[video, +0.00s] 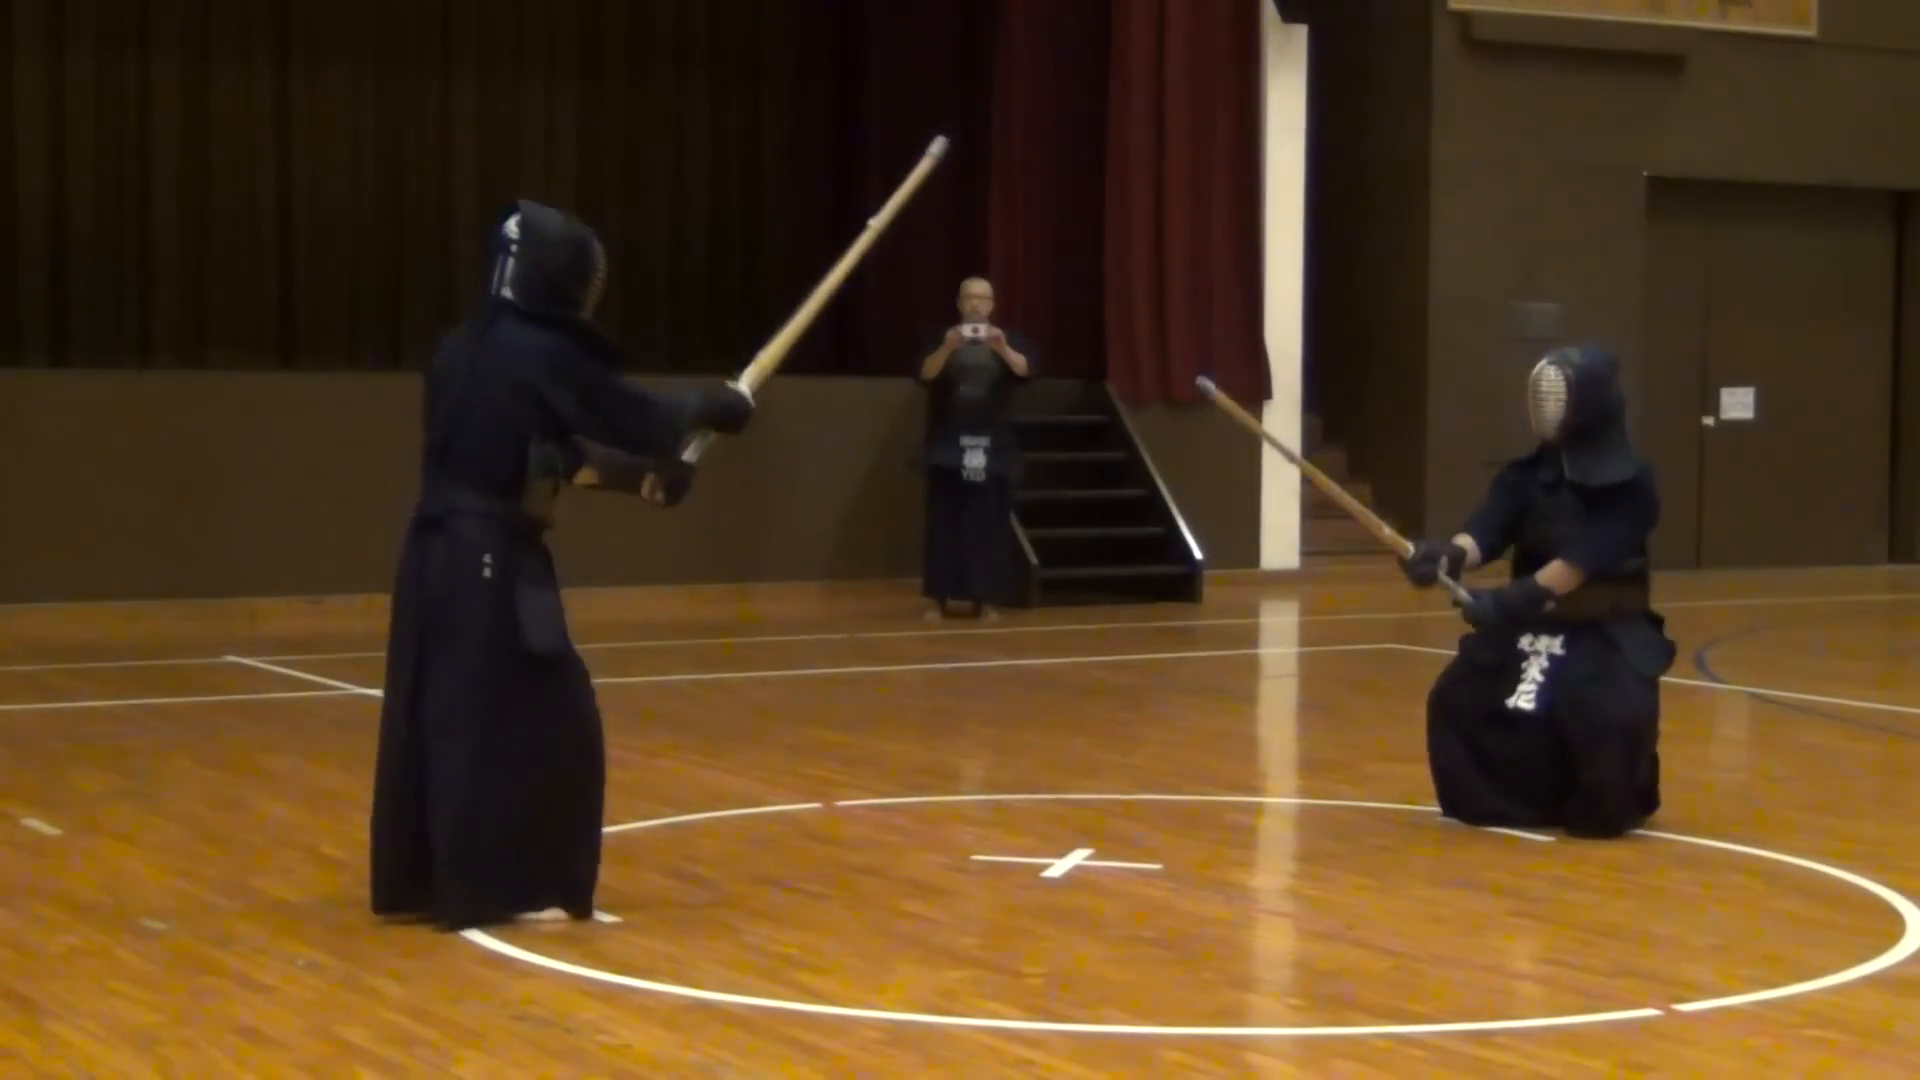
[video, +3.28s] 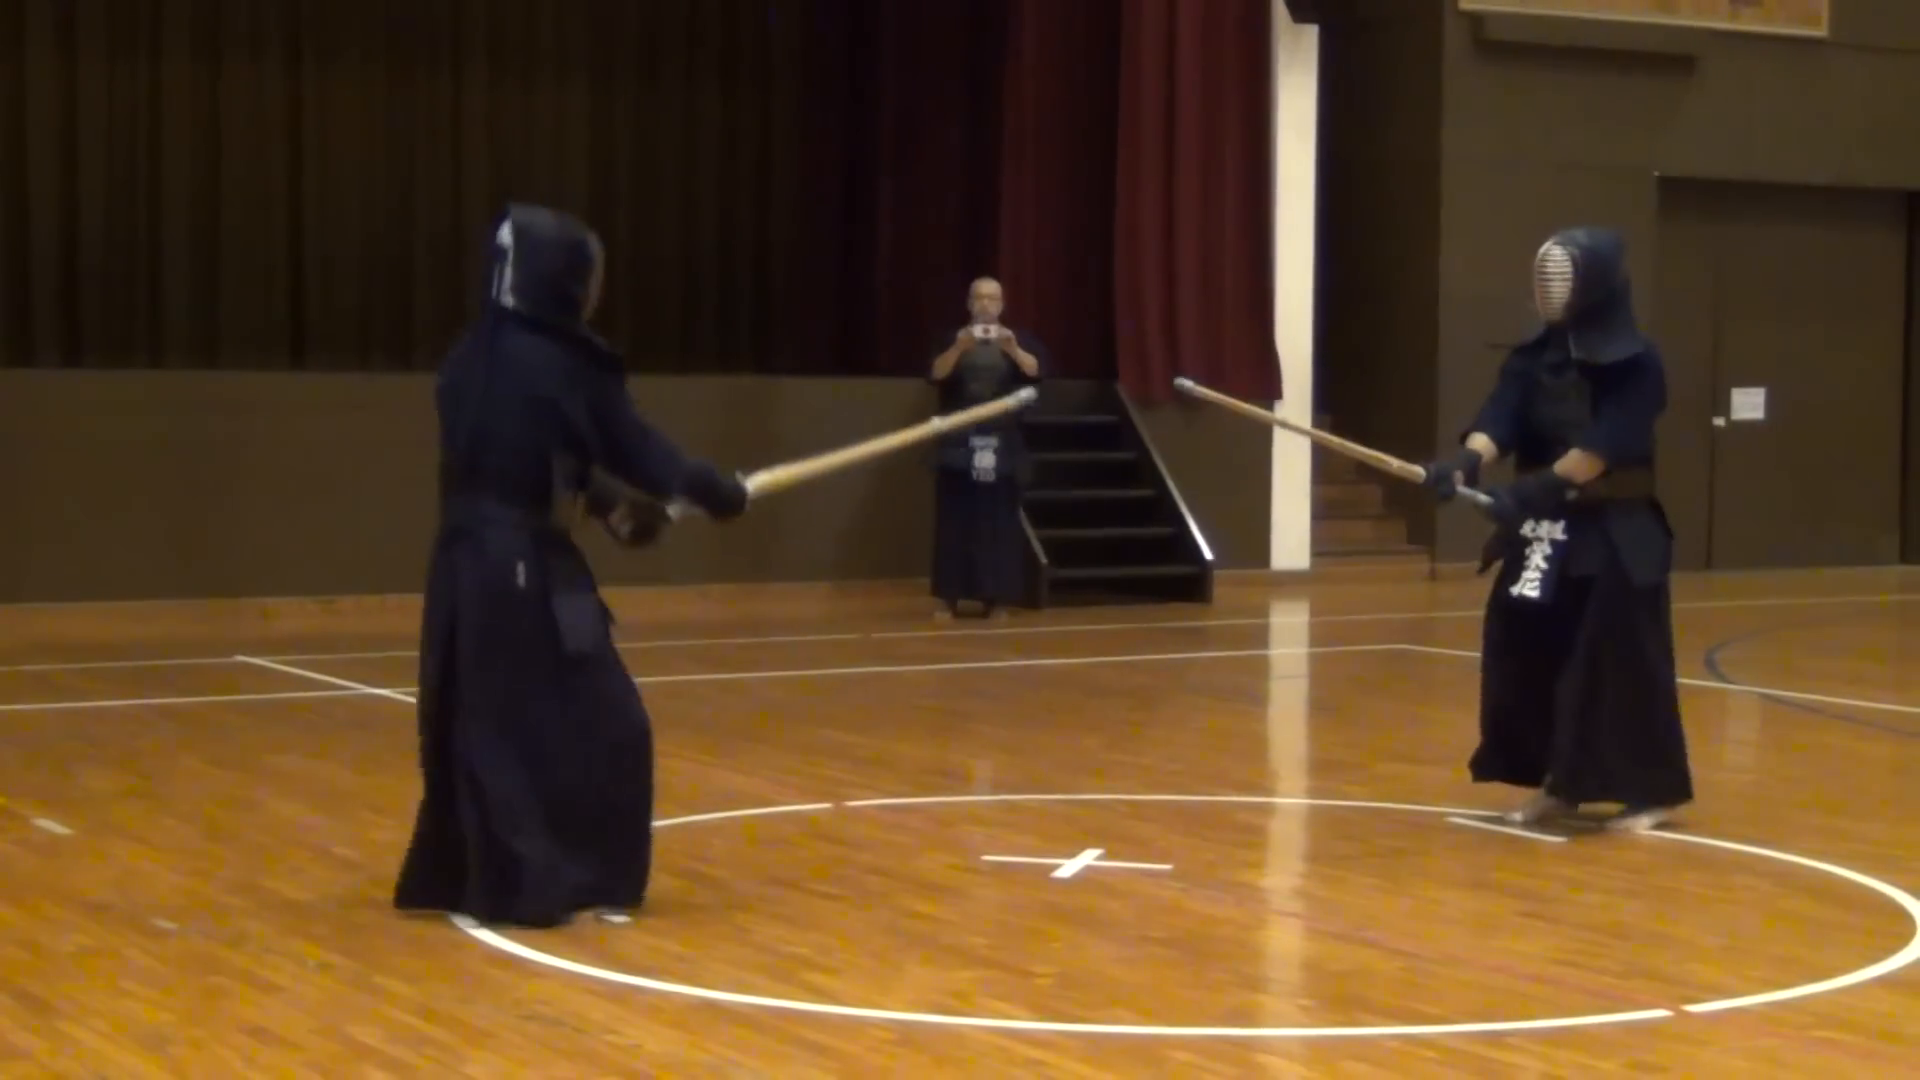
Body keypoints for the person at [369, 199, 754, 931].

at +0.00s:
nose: (595, 292)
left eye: (593, 278)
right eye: (590, 279)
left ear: (516, 275)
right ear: (567, 283)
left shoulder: (462, 347)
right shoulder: (556, 353)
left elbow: (545, 450)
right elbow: (639, 420)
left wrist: (639, 476)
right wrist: (714, 406)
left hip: (433, 555)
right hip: (496, 563)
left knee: (443, 711)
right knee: (554, 714)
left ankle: (427, 882)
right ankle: (519, 886)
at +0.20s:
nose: (595, 367)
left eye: (594, 352)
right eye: (589, 353)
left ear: (518, 350)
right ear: (561, 358)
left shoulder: (468, 426)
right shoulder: (555, 431)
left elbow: (539, 525)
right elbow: (641, 488)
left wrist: (635, 543)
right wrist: (718, 477)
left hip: (437, 628)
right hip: (498, 638)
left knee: (459, 751)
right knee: (629, 752)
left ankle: (457, 889)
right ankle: (567, 884)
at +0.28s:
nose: (583, 402)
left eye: (581, 388)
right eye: (577, 388)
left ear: (504, 387)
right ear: (558, 394)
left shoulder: (465, 466)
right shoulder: (555, 467)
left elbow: (547, 558)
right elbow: (637, 523)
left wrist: (643, 573)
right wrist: (714, 511)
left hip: (440, 670)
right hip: (501, 679)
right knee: (645, 769)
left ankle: (436, 880)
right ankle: (561, 893)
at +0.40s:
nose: (578, 450)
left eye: (574, 437)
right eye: (572, 438)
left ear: (499, 439)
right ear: (560, 445)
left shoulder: (468, 517)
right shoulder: (559, 514)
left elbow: (556, 604)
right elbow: (646, 572)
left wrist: (650, 619)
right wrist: (719, 551)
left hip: (443, 729)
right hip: (510, 739)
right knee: (666, 788)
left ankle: (433, 859)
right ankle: (542, 888)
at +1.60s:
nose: (584, 490)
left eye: (581, 476)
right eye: (577, 476)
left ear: (499, 477)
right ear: (558, 484)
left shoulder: (464, 560)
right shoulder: (566, 571)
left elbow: (530, 651)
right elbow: (639, 659)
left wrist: (606, 688)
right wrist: (702, 664)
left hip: (463, 763)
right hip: (532, 775)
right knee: (696, 805)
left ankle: (456, 867)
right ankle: (541, 884)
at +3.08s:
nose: (592, 396)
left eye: (590, 382)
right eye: (586, 383)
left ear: (511, 383)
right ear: (565, 390)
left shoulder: (476, 462)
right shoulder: (571, 472)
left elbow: (549, 553)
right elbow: (636, 553)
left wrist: (617, 602)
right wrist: (718, 584)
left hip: (460, 668)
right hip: (529, 676)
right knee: (665, 762)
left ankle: (470, 875)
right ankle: (592, 886)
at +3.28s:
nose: (596, 292)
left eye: (595, 277)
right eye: (589, 278)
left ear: (516, 277)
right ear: (563, 283)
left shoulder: (473, 354)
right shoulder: (573, 364)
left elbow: (530, 451)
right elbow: (638, 451)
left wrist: (604, 496)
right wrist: (716, 488)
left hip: (462, 567)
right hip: (531, 573)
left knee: (478, 714)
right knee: (612, 719)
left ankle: (467, 878)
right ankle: (600, 881)